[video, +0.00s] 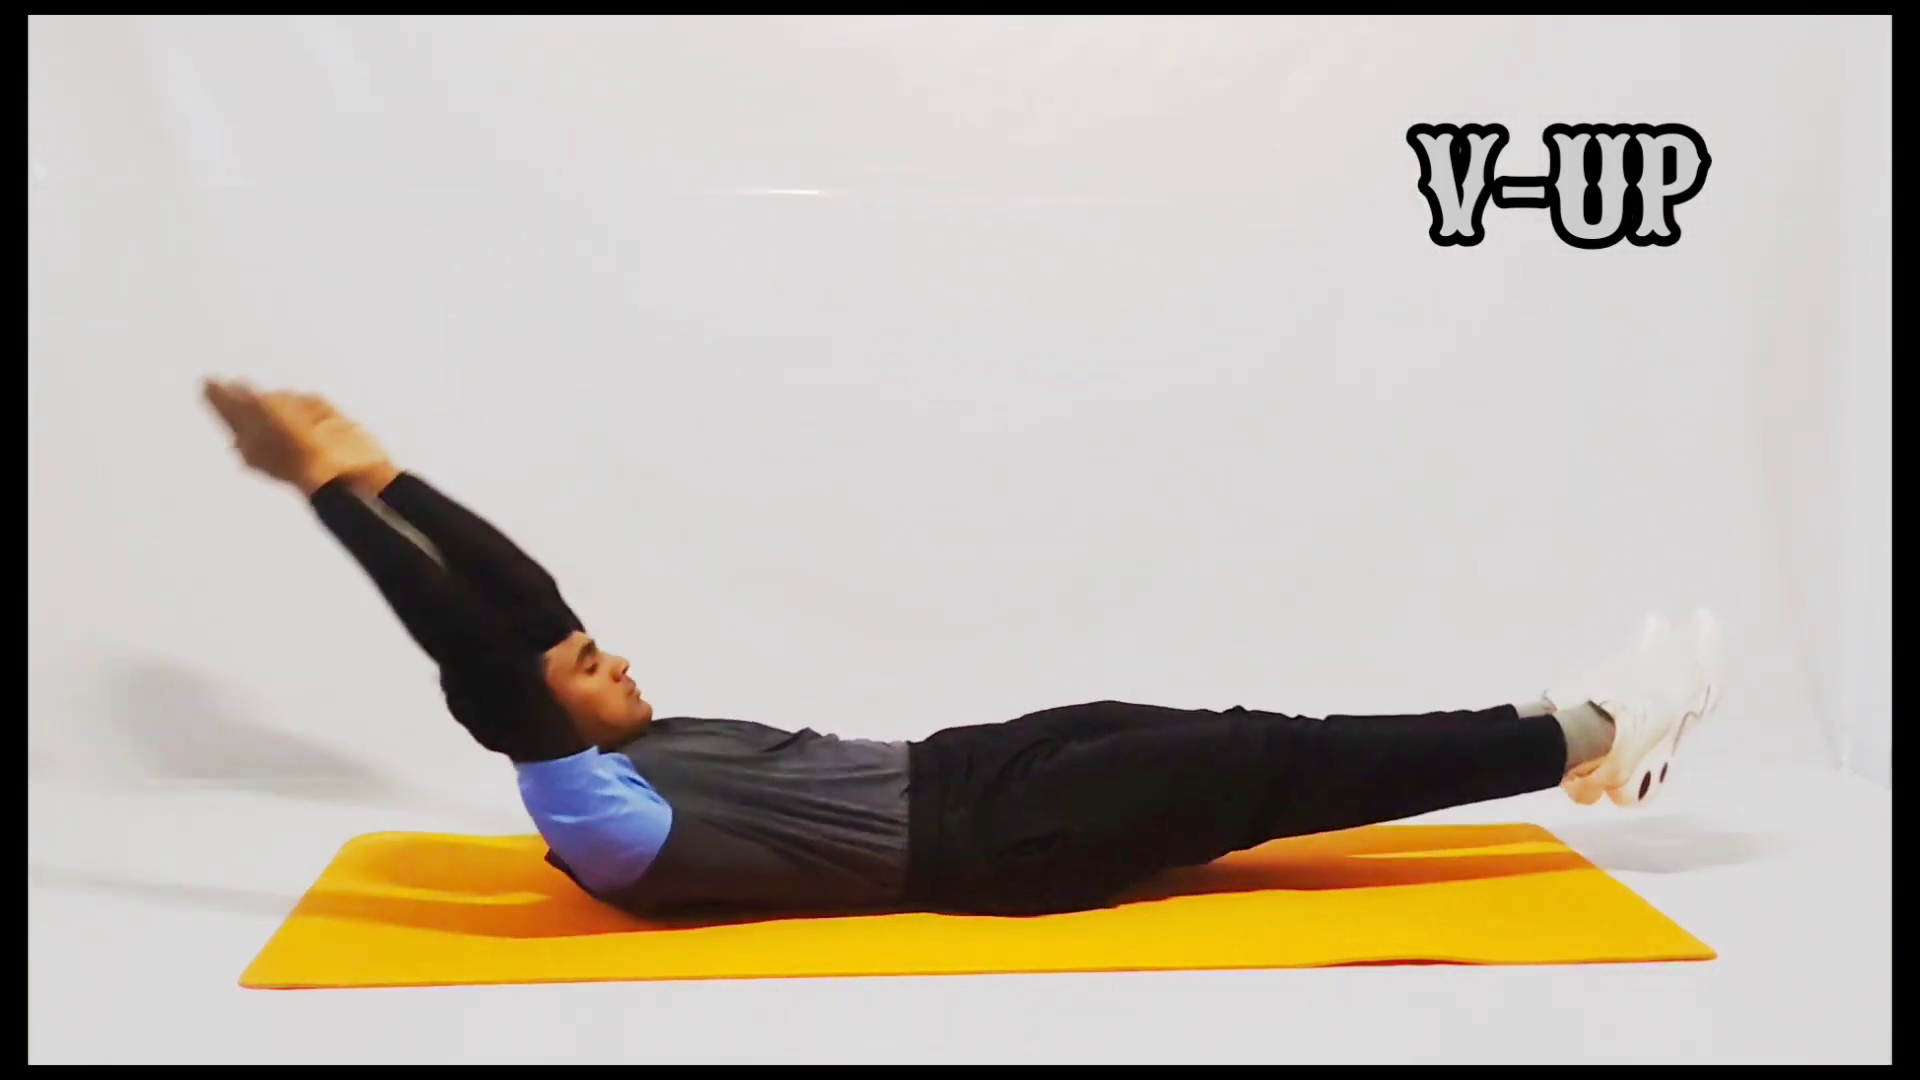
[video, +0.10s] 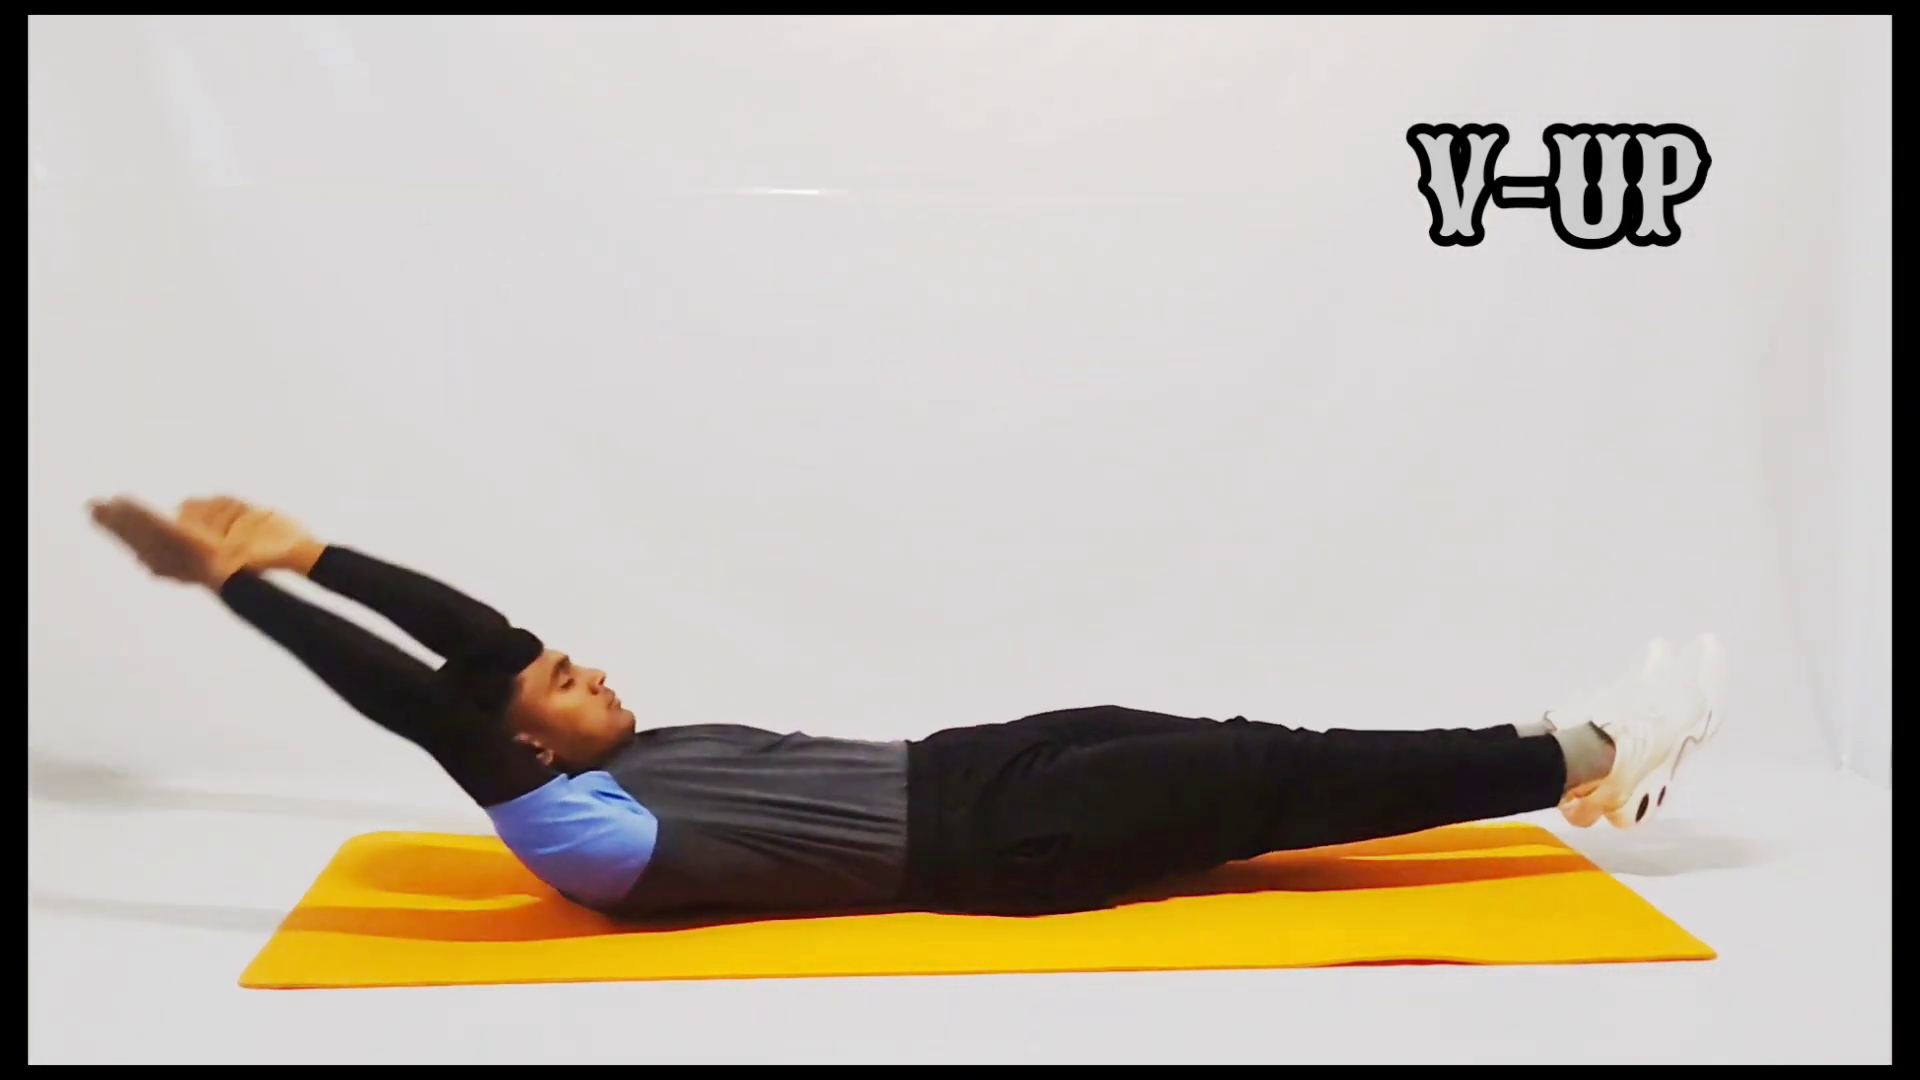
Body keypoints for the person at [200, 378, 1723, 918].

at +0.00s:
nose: (599, 660)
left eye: (586, 643)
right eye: (575, 658)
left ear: (588, 673)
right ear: (547, 710)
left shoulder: (647, 757)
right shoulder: (610, 811)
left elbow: (516, 617)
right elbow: (471, 647)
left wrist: (381, 477)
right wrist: (338, 497)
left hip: (985, 767)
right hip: (978, 827)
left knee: (1272, 744)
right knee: (1266, 762)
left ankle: (1566, 740)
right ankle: (1571, 755)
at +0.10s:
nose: (582, 684)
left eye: (563, 673)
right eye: (554, 690)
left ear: (559, 711)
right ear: (524, 745)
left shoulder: (615, 772)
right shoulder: (583, 831)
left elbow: (476, 640)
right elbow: (402, 697)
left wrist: (303, 546)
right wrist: (232, 583)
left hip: (990, 776)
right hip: (981, 816)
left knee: (1265, 760)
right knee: (1260, 780)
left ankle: (1562, 765)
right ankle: (1569, 773)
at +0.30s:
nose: (542, 713)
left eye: (522, 705)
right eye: (515, 726)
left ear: (537, 725)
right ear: (490, 789)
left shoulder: (611, 771)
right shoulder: (570, 846)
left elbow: (404, 728)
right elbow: (346, 825)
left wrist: (217, 723)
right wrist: (130, 801)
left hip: (994, 756)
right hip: (975, 822)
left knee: (1267, 759)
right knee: (1265, 793)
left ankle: (1564, 783)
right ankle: (1566, 781)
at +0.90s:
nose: (564, 718)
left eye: (543, 710)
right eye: (537, 727)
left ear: (544, 747)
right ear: (510, 788)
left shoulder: (600, 790)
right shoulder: (600, 842)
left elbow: (393, 747)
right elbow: (391, 786)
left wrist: (192, 703)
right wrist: (191, 719)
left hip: (1002, 772)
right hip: (993, 815)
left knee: (1279, 763)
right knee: (1285, 780)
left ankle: (1576, 769)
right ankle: (1581, 758)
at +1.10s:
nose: (608, 679)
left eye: (590, 666)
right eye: (579, 673)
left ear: (525, 729)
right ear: (544, 715)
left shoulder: (620, 793)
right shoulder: (596, 803)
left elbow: (555, 593)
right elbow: (551, 590)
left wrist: (446, 439)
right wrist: (475, 419)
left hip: (988, 811)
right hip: (974, 821)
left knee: (1257, 711)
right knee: (1255, 729)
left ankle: (1553, 645)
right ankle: (1551, 645)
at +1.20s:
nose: (622, 639)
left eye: (609, 628)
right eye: (592, 640)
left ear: (591, 657)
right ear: (547, 689)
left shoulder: (637, 721)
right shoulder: (619, 750)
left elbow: (687, 535)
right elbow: (697, 548)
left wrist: (679, 352)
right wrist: (717, 344)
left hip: (962, 776)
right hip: (965, 830)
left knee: (1229, 656)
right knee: (1236, 685)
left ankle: (1523, 555)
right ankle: (1528, 560)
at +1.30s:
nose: (663, 607)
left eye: (648, 586)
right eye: (633, 601)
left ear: (632, 611)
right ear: (579, 648)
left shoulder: (659, 700)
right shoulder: (652, 713)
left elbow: (756, 531)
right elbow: (769, 541)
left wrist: (801, 353)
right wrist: (864, 348)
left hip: (954, 783)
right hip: (965, 839)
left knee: (1211, 624)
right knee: (1221, 649)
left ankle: (1489, 486)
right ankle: (1489, 482)